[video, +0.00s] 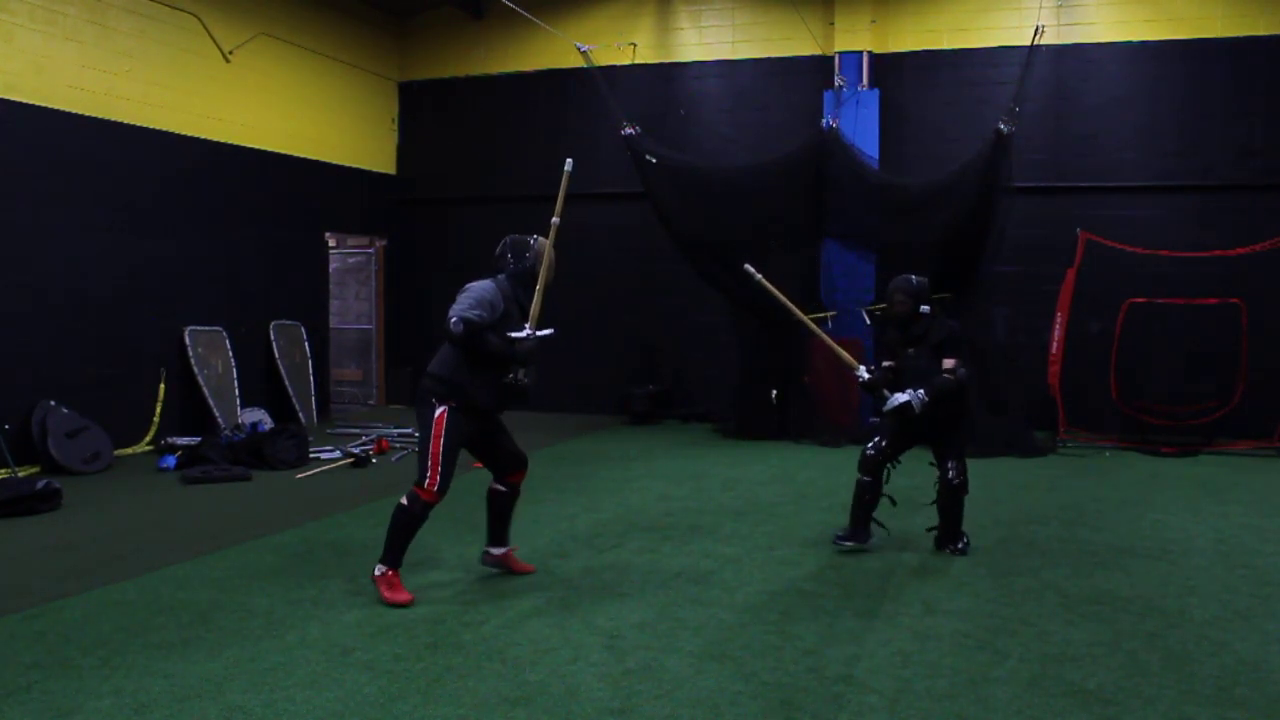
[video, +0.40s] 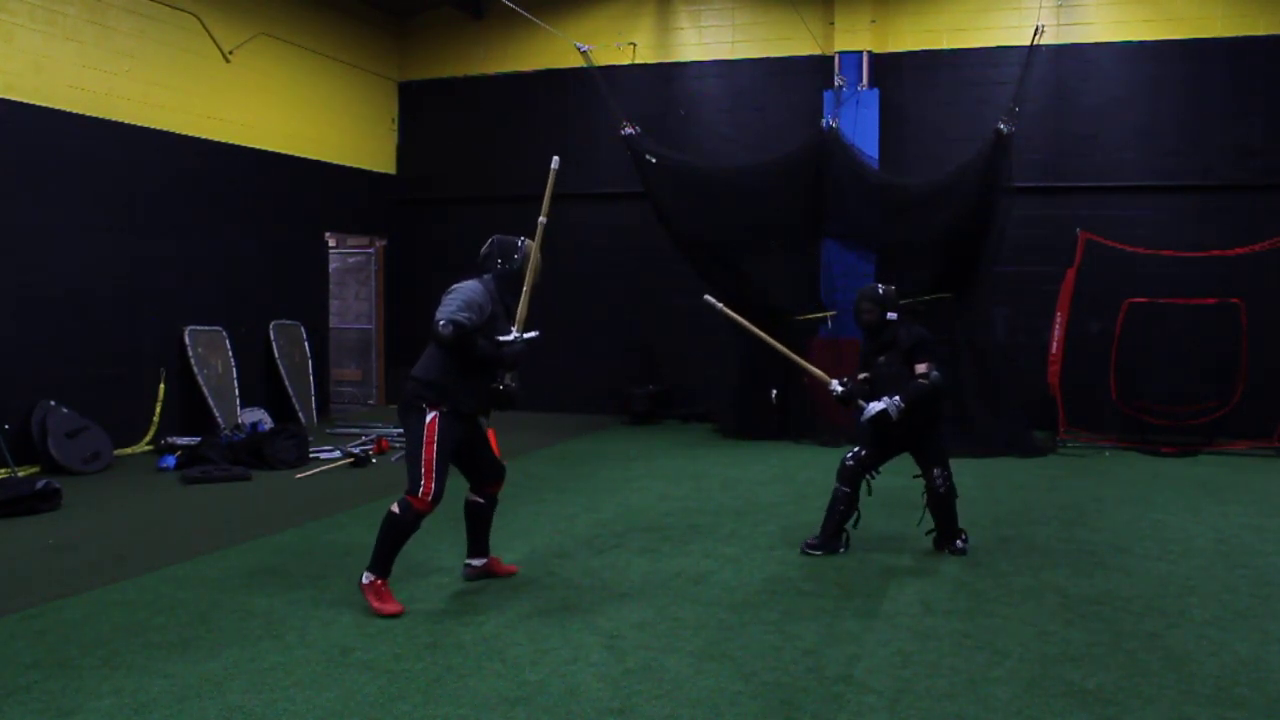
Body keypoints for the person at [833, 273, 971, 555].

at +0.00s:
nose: (893, 306)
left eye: (899, 300)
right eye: (892, 300)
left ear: (916, 302)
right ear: (893, 302)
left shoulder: (942, 329)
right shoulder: (891, 330)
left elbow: (951, 376)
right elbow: (890, 376)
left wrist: (919, 396)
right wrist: (872, 379)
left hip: (942, 414)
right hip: (904, 413)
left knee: (953, 476)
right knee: (871, 459)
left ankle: (949, 537)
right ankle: (858, 530)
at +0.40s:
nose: (864, 318)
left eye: (869, 311)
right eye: (861, 312)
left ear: (886, 311)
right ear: (860, 312)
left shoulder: (911, 337)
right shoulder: (871, 342)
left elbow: (927, 380)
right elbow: (867, 387)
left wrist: (896, 403)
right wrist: (847, 391)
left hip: (922, 424)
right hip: (888, 426)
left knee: (939, 481)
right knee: (851, 467)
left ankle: (949, 537)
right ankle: (830, 537)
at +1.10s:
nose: (846, 322)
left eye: (853, 317)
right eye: (843, 316)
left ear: (867, 321)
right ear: (837, 316)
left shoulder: (881, 349)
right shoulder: (831, 346)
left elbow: (878, 370)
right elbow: (807, 368)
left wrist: (841, 363)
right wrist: (788, 349)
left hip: (872, 441)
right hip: (832, 438)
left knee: (895, 496)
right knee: (787, 476)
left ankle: (923, 546)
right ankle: (755, 544)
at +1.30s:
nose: (818, 337)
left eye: (826, 333)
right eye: (818, 331)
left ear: (841, 339)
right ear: (815, 331)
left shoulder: (846, 371)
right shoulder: (809, 352)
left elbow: (803, 388)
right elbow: (783, 349)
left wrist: (768, 366)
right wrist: (770, 327)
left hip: (833, 456)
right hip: (795, 452)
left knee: (868, 511)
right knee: (748, 483)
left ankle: (914, 546)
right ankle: (711, 550)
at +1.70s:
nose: (805, 336)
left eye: (812, 330)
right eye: (804, 330)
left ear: (830, 330)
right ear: (805, 329)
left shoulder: (853, 353)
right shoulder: (803, 351)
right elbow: (767, 361)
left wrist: (797, 357)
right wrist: (744, 342)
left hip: (842, 445)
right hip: (806, 444)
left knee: (878, 506)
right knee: (757, 481)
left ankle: (919, 546)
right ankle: (714, 543)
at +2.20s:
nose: (798, 304)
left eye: (805, 298)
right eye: (794, 298)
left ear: (818, 300)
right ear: (788, 298)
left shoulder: (830, 327)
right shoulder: (780, 329)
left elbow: (838, 362)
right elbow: (766, 362)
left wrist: (805, 363)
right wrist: (753, 346)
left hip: (828, 422)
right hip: (789, 422)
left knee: (858, 475)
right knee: (758, 470)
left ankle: (881, 535)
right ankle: (757, 536)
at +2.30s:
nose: (802, 295)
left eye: (809, 290)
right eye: (799, 289)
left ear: (822, 294)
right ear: (792, 291)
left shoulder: (835, 324)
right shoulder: (785, 324)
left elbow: (847, 366)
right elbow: (771, 368)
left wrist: (817, 379)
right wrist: (758, 362)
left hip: (830, 413)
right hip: (792, 412)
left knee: (853, 472)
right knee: (765, 468)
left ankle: (871, 530)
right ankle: (759, 535)